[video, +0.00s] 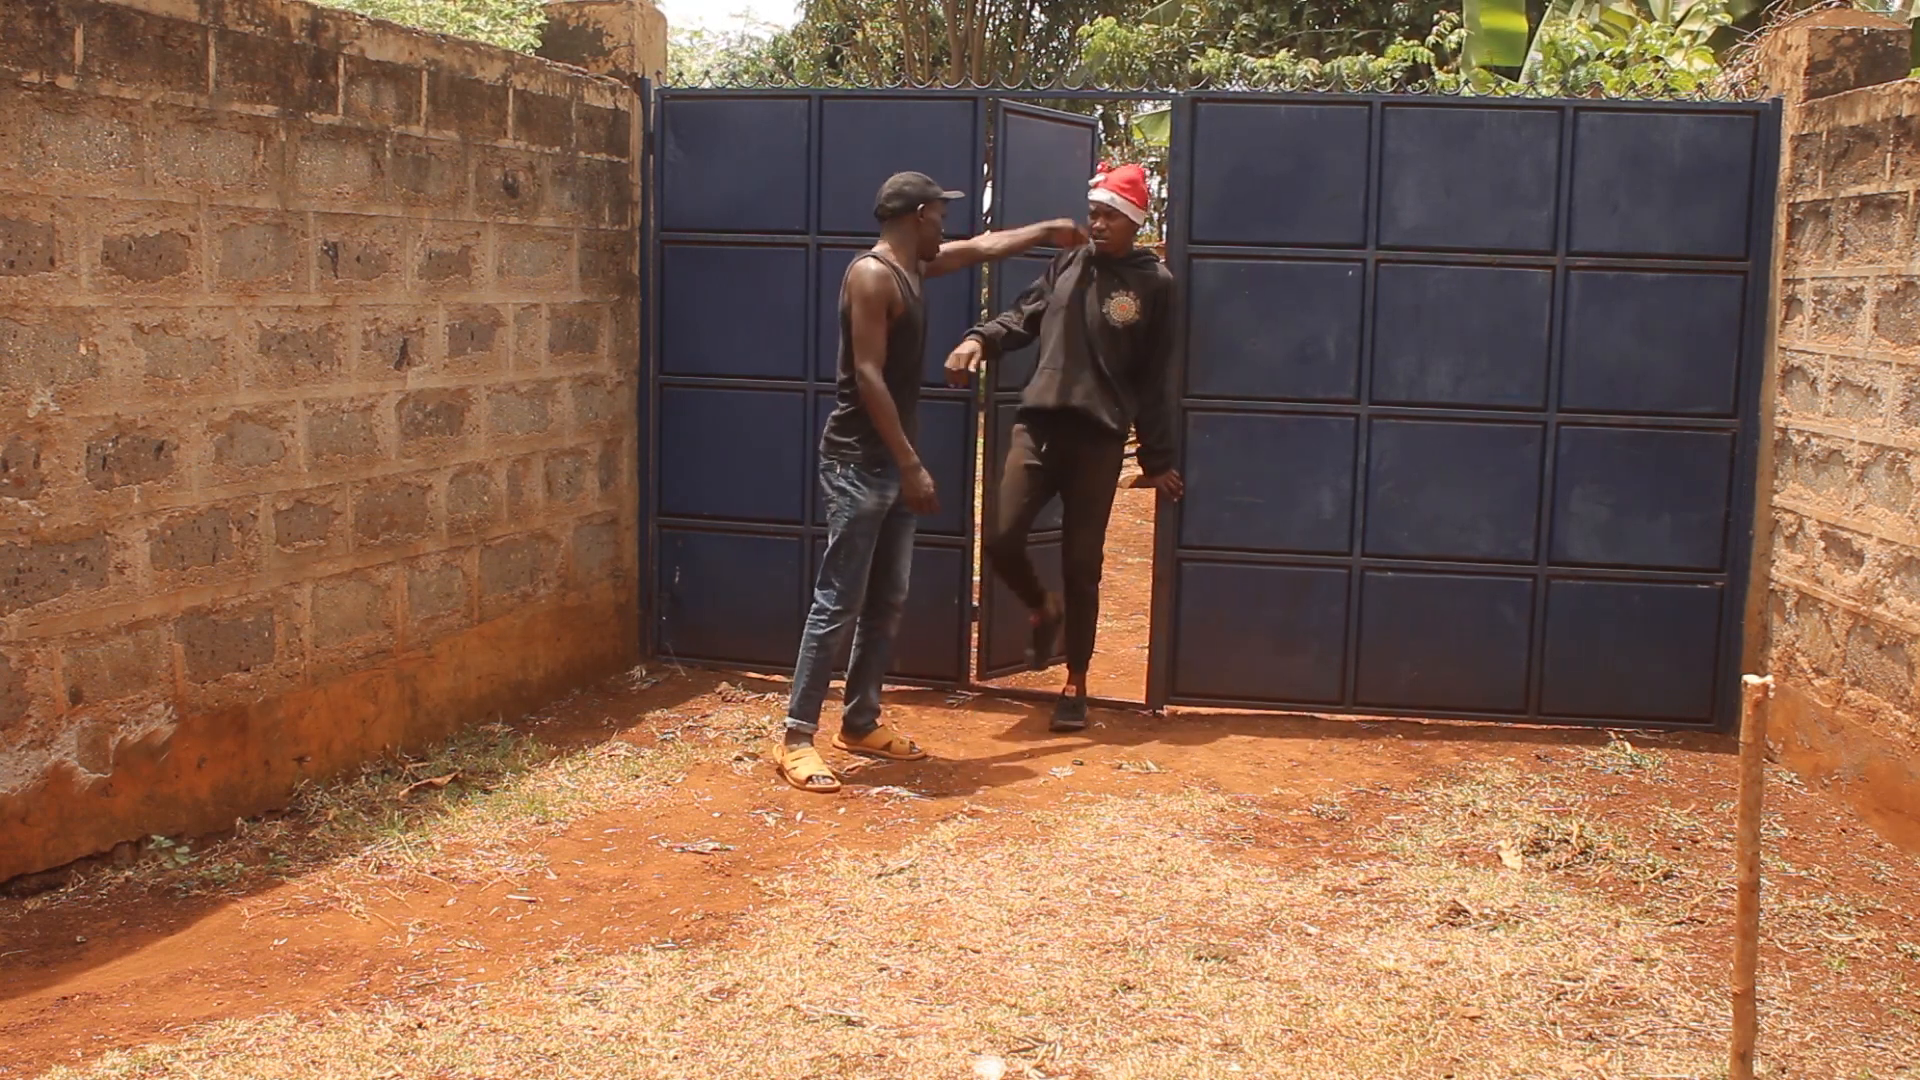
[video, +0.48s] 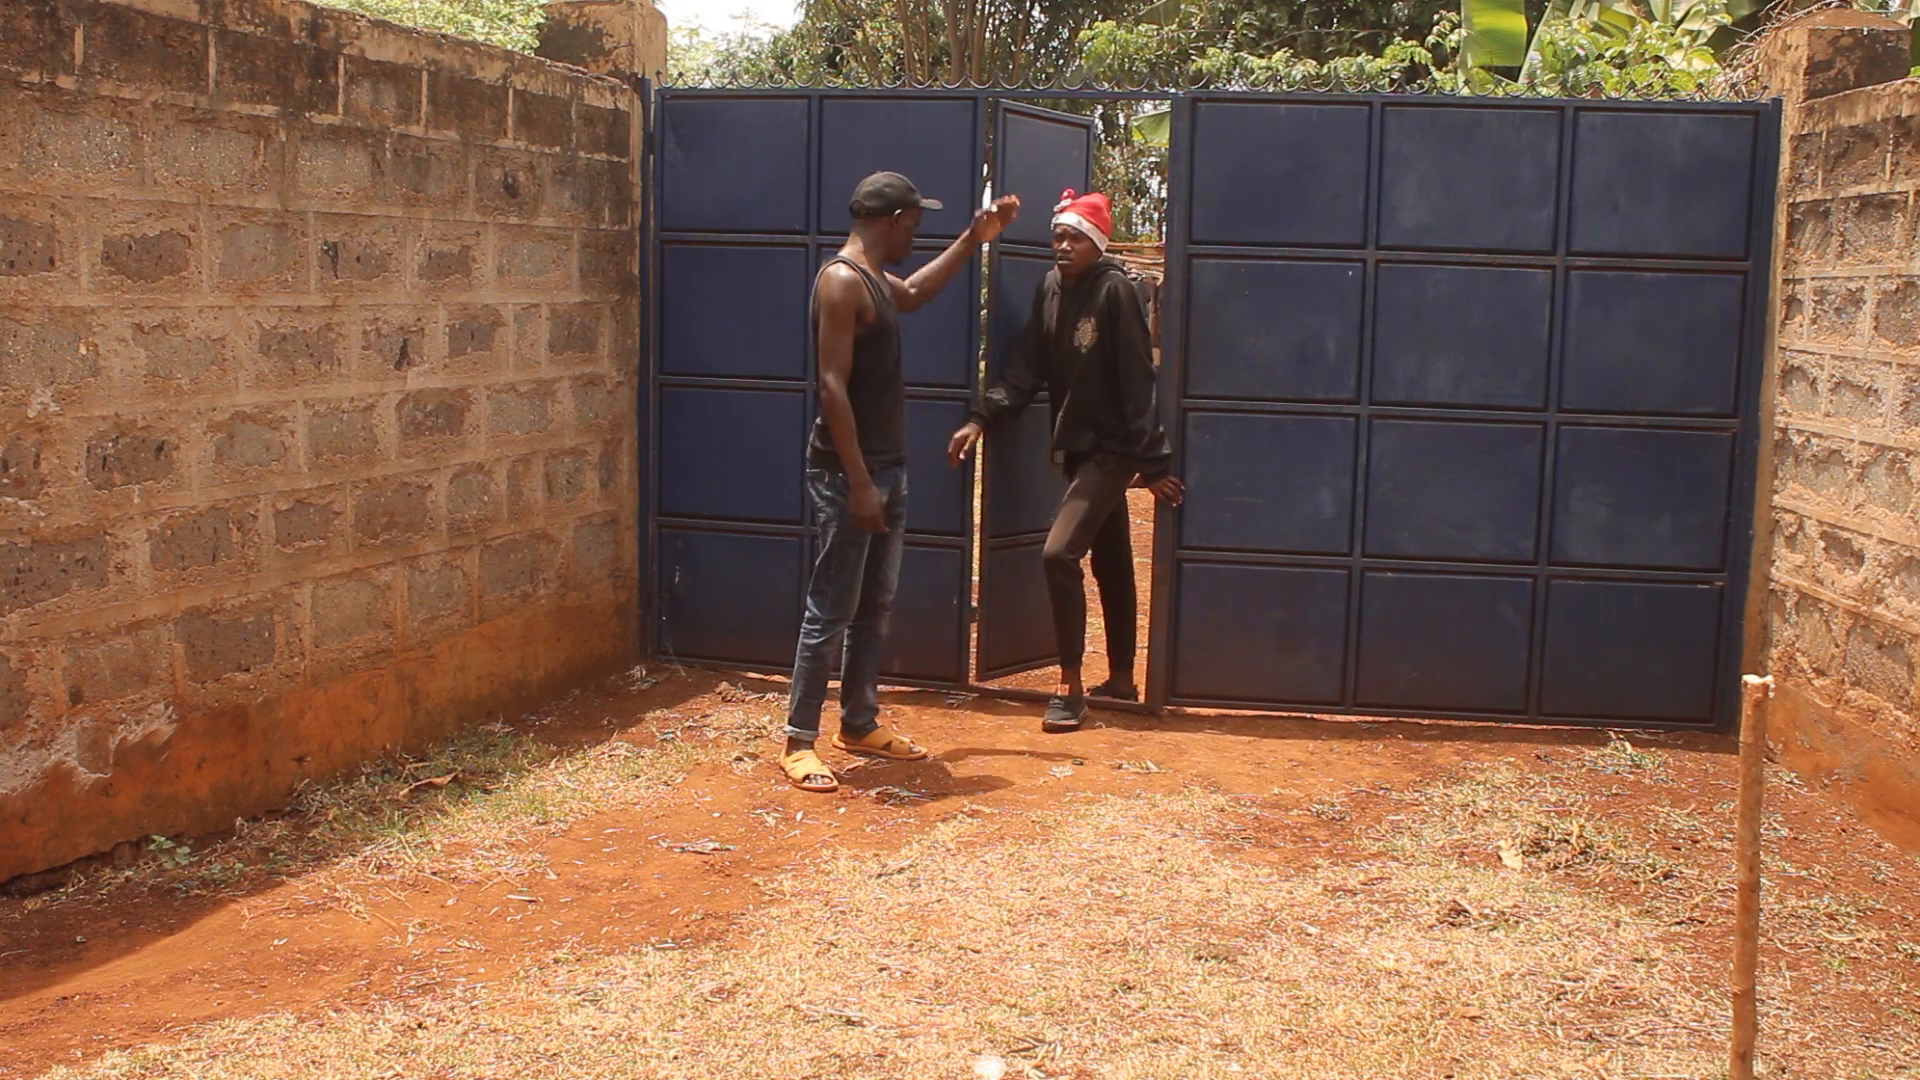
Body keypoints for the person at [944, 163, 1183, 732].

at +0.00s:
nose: (1097, 222)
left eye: (1110, 214)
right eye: (1093, 211)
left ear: (1138, 221)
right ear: (1088, 213)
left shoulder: (1156, 283)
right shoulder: (1067, 263)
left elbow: (1159, 377)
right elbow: (1024, 314)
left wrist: (1159, 458)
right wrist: (979, 338)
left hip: (1098, 435)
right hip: (1038, 425)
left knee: (1081, 564)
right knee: (1000, 540)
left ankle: (1075, 686)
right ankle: (1043, 608)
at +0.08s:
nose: (1100, 220)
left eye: (1113, 212)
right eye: (1095, 208)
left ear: (1139, 221)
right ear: (1089, 211)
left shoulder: (1152, 280)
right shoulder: (1068, 259)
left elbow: (1157, 376)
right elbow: (1026, 328)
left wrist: (1161, 458)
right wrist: (969, 350)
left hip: (1104, 435)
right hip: (1042, 426)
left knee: (1084, 565)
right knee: (1011, 549)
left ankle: (1075, 689)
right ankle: (1083, 582)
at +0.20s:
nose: (1095, 217)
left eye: (1108, 210)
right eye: (1091, 206)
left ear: (1134, 221)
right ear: (1085, 208)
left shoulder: (1147, 280)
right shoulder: (1062, 262)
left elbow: (1153, 376)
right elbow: (1025, 341)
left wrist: (1161, 457)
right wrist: (966, 375)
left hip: (1108, 435)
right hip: (1051, 427)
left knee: (1078, 562)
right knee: (1037, 557)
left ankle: (1074, 690)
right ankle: (1107, 622)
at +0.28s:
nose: (1088, 223)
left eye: (1101, 217)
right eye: (1083, 213)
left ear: (1125, 225)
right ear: (1075, 214)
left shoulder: (1140, 281)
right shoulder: (1059, 268)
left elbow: (1149, 376)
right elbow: (1023, 344)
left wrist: (1158, 458)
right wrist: (969, 392)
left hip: (1109, 435)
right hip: (1057, 430)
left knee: (1068, 555)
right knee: (1066, 556)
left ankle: (1072, 689)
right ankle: (1104, 661)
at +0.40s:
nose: (1070, 243)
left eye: (1082, 236)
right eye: (1065, 233)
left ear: (1107, 244)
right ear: (1060, 237)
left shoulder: (1122, 287)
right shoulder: (1056, 284)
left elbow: (1142, 381)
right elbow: (1028, 363)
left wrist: (1154, 465)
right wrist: (976, 411)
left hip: (1111, 451)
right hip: (1070, 450)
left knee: (1053, 559)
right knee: (1104, 573)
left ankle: (1069, 690)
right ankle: (1121, 680)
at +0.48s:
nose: (1062, 245)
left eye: (1074, 237)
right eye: (1058, 235)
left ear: (1100, 245)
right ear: (1054, 238)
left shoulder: (1118, 288)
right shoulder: (1052, 286)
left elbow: (1137, 381)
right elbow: (1026, 370)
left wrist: (1155, 463)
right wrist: (979, 420)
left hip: (1114, 449)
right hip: (1077, 449)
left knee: (1058, 555)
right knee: (1114, 570)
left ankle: (1070, 690)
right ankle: (1122, 680)